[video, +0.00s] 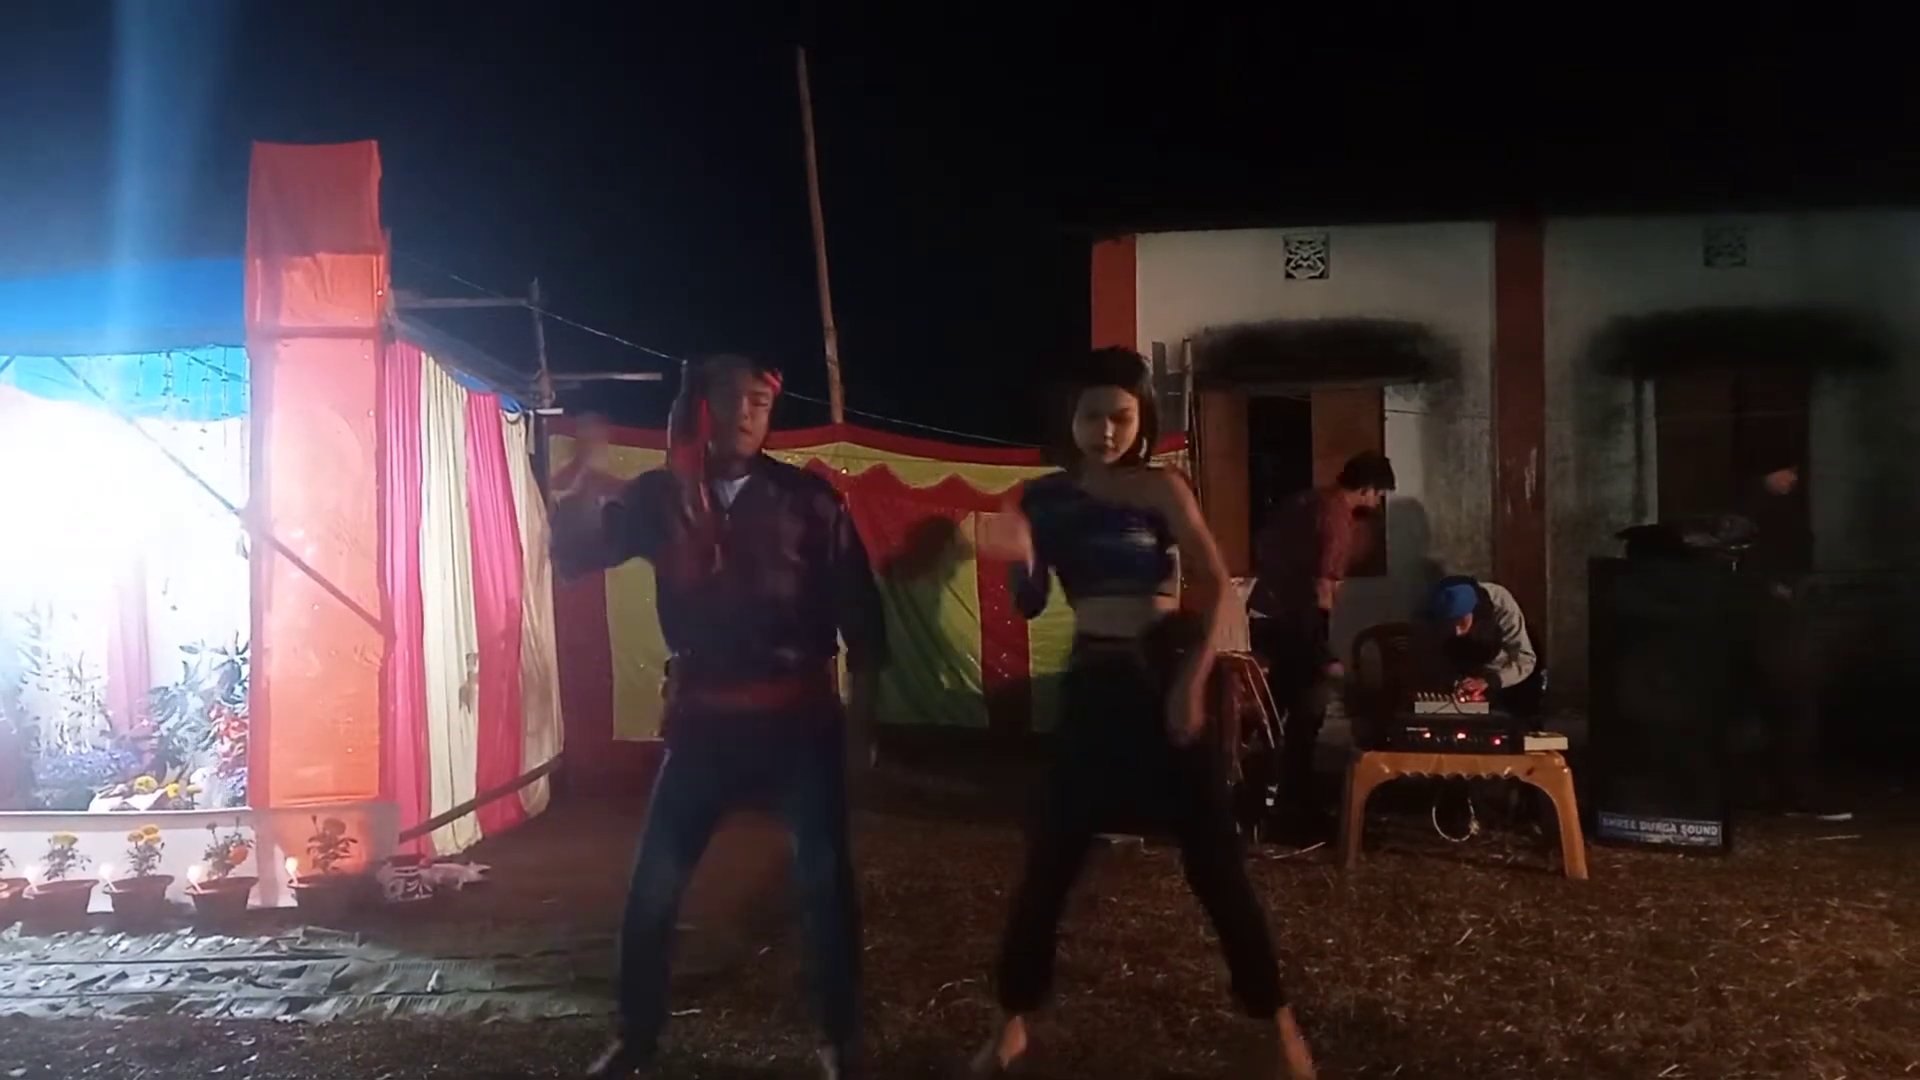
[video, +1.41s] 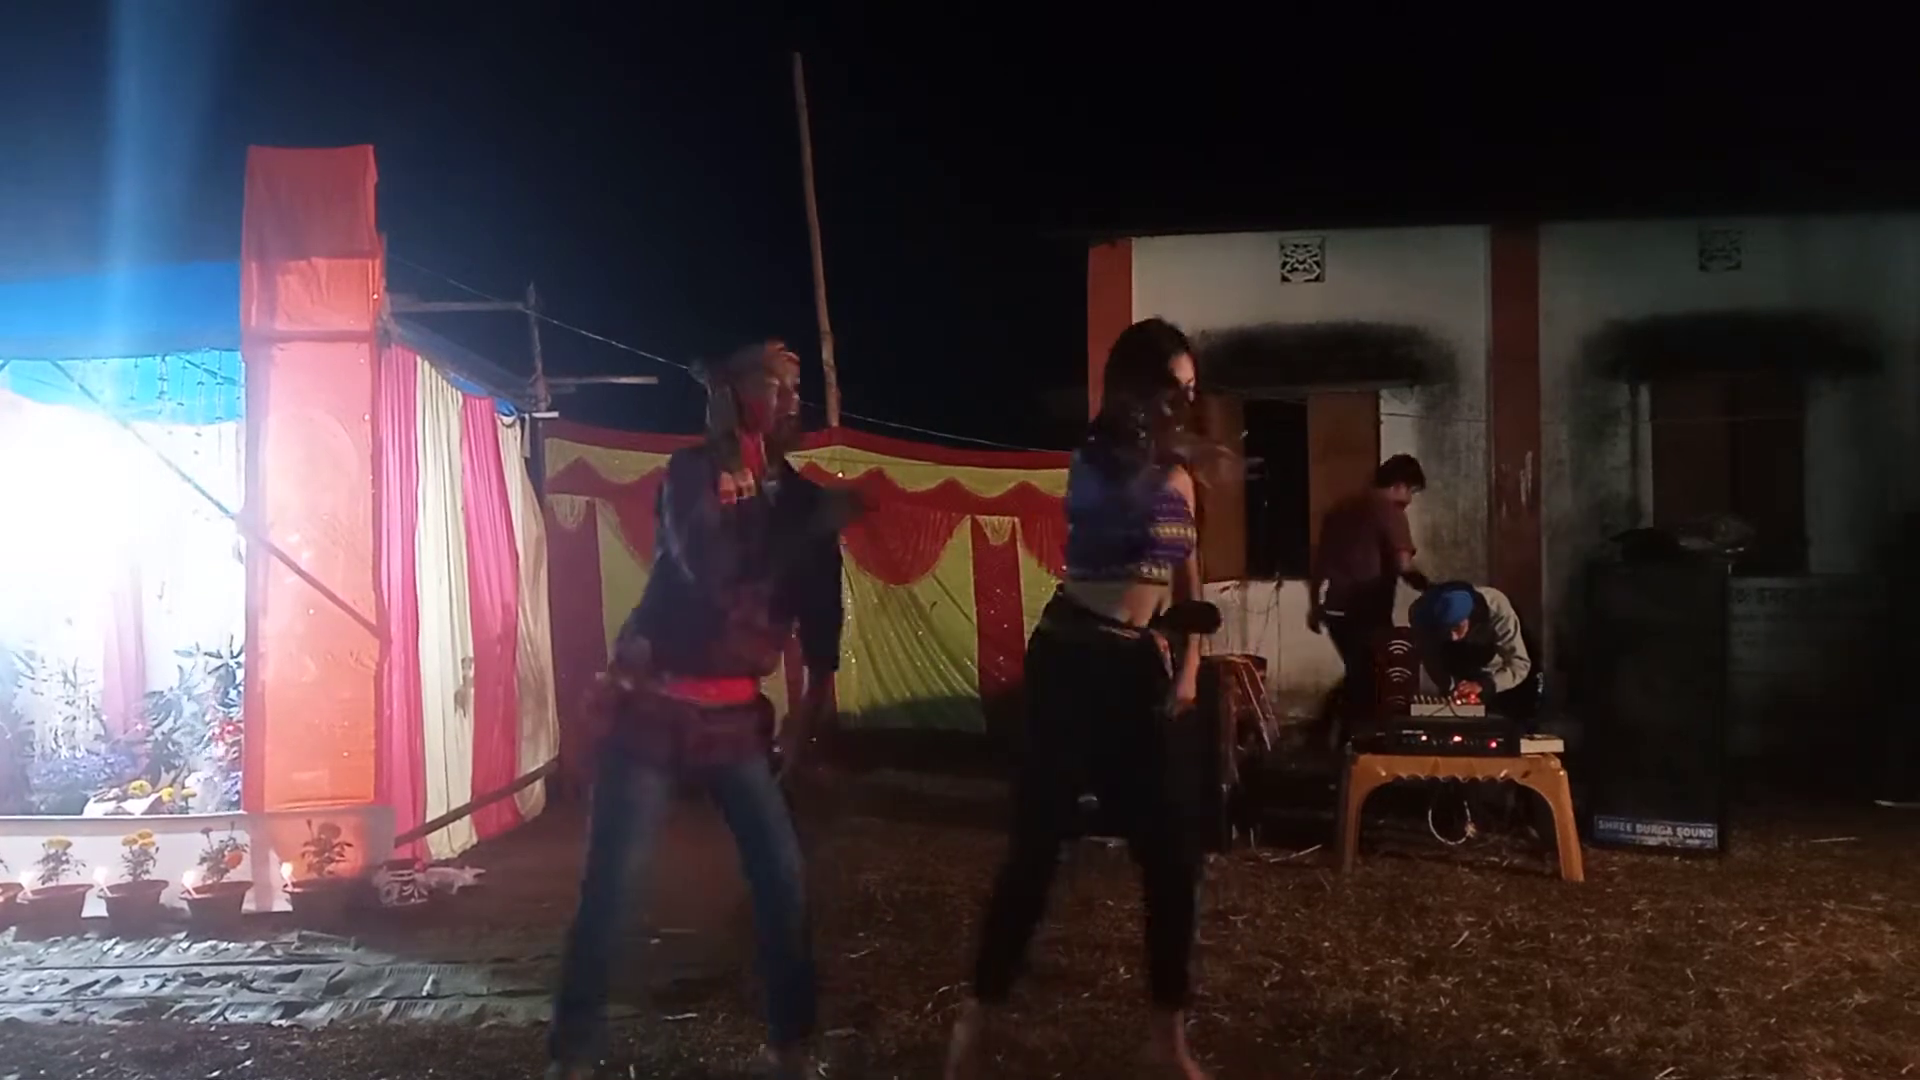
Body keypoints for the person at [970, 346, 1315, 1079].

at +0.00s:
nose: (1106, 429)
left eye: (1121, 416)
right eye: (1094, 415)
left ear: (1141, 422)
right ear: (1071, 418)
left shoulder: (1161, 487)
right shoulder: (1044, 495)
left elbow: (1218, 586)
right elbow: (1027, 597)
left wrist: (1194, 680)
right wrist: (995, 546)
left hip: (1166, 680)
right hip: (1090, 684)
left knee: (1212, 857)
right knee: (1053, 853)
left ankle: (1281, 1023)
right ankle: (1015, 1023)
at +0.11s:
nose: (1096, 448)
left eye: (1111, 435)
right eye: (1083, 431)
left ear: (1128, 443)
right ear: (1057, 432)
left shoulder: (1130, 511)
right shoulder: (1025, 508)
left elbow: (1200, 611)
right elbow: (1008, 623)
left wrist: (1151, 695)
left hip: (1148, 706)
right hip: (1073, 710)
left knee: (1207, 882)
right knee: (1030, 887)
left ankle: (1310, 1035)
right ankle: (1021, 1043)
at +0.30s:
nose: (1091, 468)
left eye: (1104, 455)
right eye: (1077, 454)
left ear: (1121, 459)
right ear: (1053, 457)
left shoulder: (1141, 539)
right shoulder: (1018, 533)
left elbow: (1182, 650)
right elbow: (987, 640)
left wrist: (1136, 719)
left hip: (1110, 726)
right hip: (1032, 725)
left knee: (1169, 888)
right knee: (1002, 896)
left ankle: (1285, 1032)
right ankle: (1004, 1046)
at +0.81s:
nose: (1105, 448)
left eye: (1118, 433)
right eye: (1092, 435)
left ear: (1144, 431)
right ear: (1075, 439)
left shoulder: (1188, 493)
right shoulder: (1077, 517)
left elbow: (1257, 590)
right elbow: (1065, 612)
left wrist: (1241, 692)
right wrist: (1033, 554)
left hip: (1201, 689)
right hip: (1125, 690)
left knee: (1205, 875)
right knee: (1069, 854)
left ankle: (1228, 1047)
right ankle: (1001, 1017)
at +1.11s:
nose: (1137, 461)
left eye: (1150, 449)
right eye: (1123, 445)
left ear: (1164, 460)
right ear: (1093, 452)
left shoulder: (1175, 540)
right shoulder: (1060, 533)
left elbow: (1227, 648)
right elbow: (1050, 647)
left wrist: (1183, 742)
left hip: (1164, 740)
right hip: (1082, 739)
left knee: (1189, 914)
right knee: (1046, 915)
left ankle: (1270, 1055)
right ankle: (1051, 1060)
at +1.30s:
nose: (1170, 414)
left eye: (1179, 401)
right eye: (1157, 401)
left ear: (1188, 403)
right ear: (1122, 399)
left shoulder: (1189, 484)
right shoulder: (1079, 472)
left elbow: (1205, 590)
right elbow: (1064, 563)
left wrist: (1189, 677)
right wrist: (1138, 585)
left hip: (1154, 663)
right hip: (1075, 661)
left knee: (1175, 843)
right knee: (1048, 841)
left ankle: (1207, 1022)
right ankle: (1023, 1021)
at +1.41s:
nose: (1180, 404)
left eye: (1188, 392)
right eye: (1169, 389)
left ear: (1193, 396)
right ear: (1129, 386)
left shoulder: (1179, 479)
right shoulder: (1095, 463)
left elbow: (1184, 580)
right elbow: (1121, 493)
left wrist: (1187, 664)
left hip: (1142, 663)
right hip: (1069, 655)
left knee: (1169, 846)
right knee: (1039, 839)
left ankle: (1171, 1032)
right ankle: (973, 1014)